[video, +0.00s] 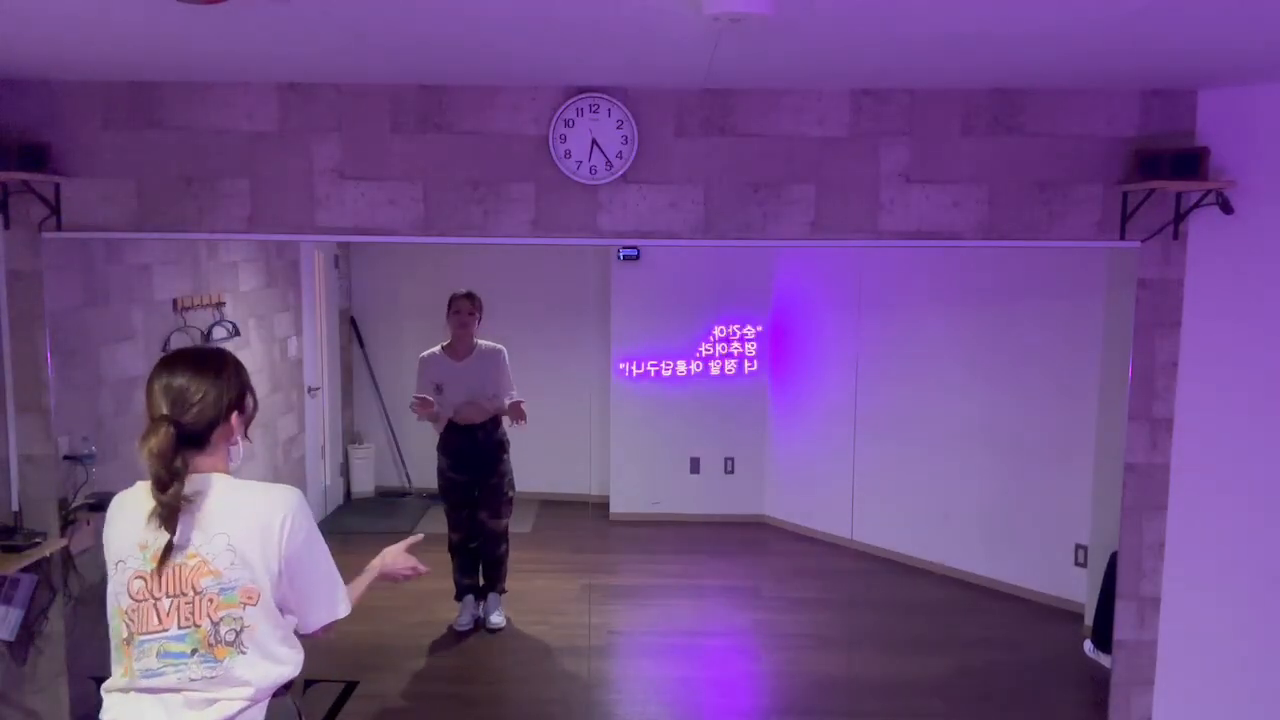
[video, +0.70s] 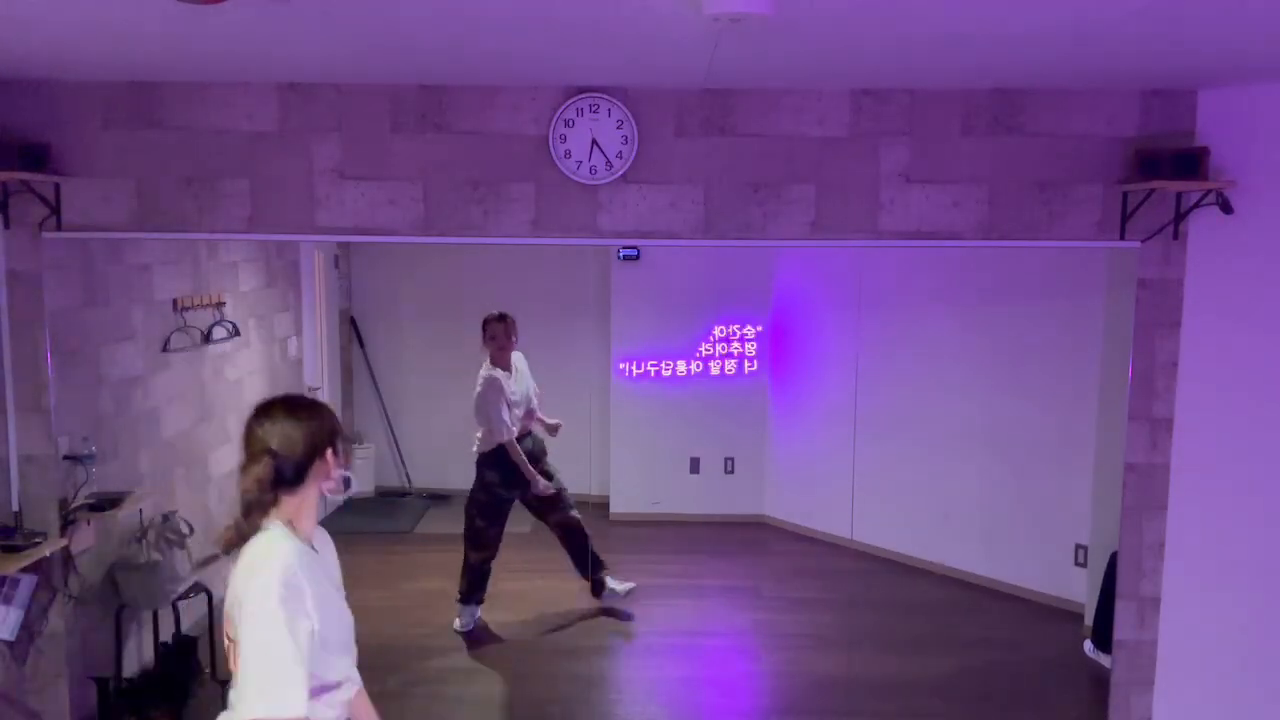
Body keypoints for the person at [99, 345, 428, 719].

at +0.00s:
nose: (247, 422)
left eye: (245, 407)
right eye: (247, 409)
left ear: (160, 418)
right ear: (234, 421)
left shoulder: (122, 508)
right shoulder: (277, 508)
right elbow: (317, 621)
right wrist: (376, 568)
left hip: (125, 709)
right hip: (233, 710)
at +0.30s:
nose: (244, 421)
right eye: (242, 405)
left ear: (156, 424)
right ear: (230, 414)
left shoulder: (140, 515)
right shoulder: (295, 503)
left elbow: (144, 627)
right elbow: (333, 635)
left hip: (148, 707)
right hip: (254, 711)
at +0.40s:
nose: (249, 413)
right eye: (247, 401)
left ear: (162, 423)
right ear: (236, 411)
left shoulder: (155, 515)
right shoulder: (292, 507)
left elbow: (156, 627)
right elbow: (332, 647)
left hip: (164, 706)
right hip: (264, 709)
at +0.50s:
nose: (267, 415)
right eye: (267, 403)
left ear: (180, 420)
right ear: (258, 412)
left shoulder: (186, 517)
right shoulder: (283, 517)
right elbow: (313, 667)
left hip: (181, 705)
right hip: (264, 709)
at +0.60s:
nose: (303, 415)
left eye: (300, 404)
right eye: (300, 405)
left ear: (220, 426)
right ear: (290, 420)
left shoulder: (223, 516)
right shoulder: (270, 522)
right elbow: (280, 681)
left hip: (214, 701)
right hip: (262, 708)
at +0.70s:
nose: (340, 459)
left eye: (336, 447)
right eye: (336, 448)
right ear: (326, 458)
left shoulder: (319, 540)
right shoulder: (271, 563)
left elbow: (343, 671)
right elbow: (269, 703)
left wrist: (366, 712)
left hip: (342, 703)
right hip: (298, 709)